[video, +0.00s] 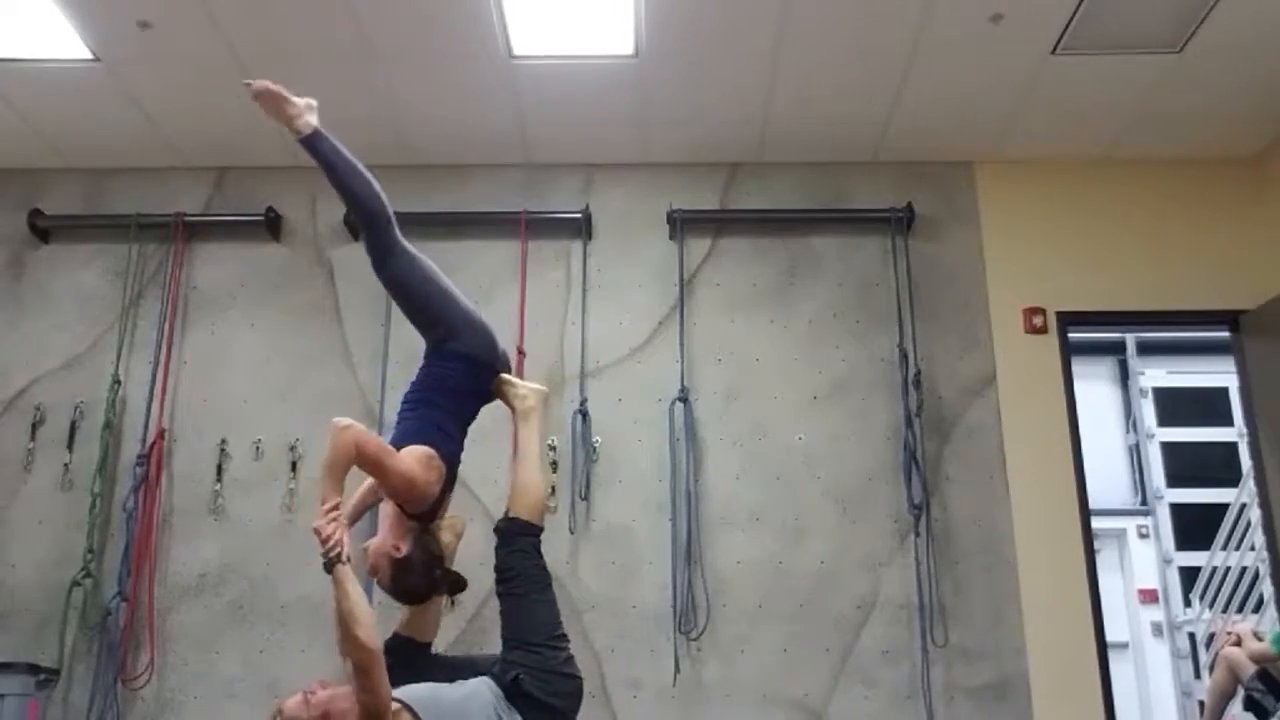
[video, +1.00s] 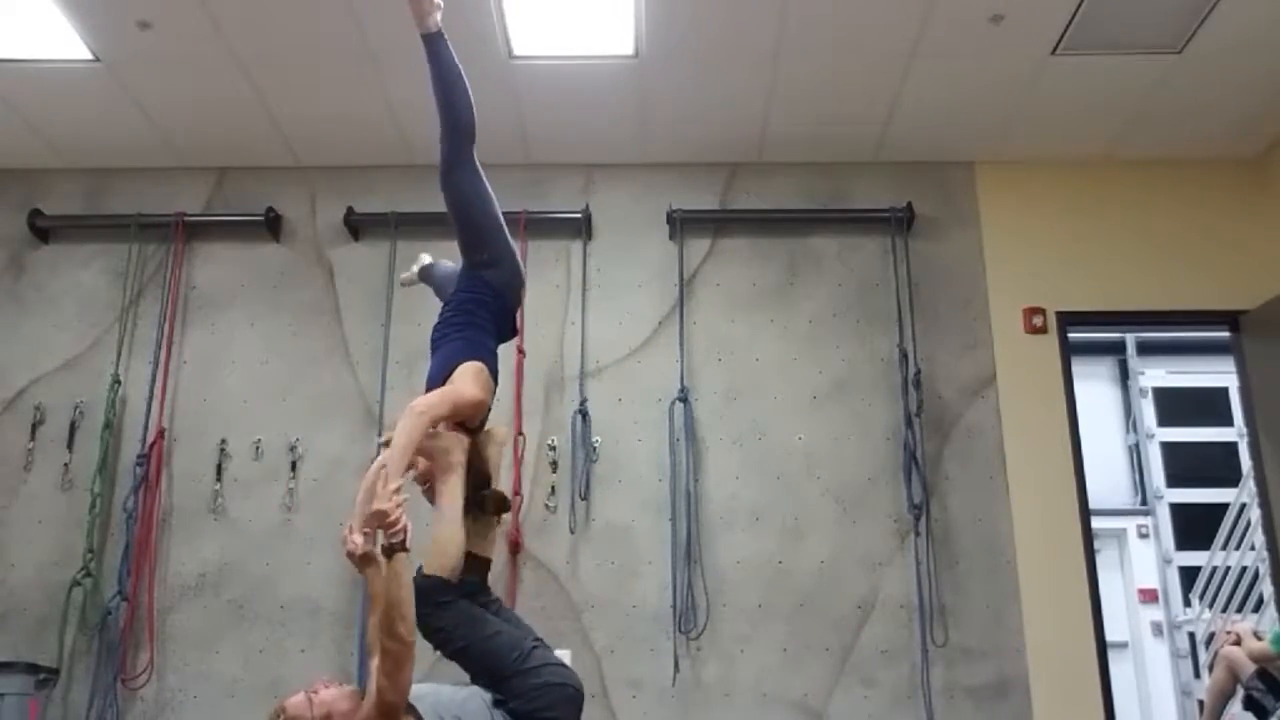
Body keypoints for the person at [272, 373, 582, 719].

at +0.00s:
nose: (315, 692)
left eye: (306, 694)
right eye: (313, 708)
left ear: (320, 688)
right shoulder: (380, 712)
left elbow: (451, 527)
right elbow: (362, 648)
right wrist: (339, 563)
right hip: (539, 697)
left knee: (408, 661)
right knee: (518, 541)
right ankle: (528, 409)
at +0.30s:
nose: (319, 687)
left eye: (309, 692)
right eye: (313, 703)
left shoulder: (382, 703)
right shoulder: (380, 712)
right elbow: (374, 635)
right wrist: (353, 548)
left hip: (517, 688)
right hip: (547, 700)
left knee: (418, 635)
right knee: (519, 553)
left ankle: (465, 500)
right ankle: (521, 430)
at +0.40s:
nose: (320, 688)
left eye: (310, 693)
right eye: (314, 703)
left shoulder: (376, 702)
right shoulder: (381, 710)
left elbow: (370, 630)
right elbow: (377, 629)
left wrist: (350, 543)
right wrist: (356, 540)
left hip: (516, 689)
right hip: (549, 700)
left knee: (429, 628)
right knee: (522, 557)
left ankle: (468, 501)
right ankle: (528, 429)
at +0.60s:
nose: (317, 687)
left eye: (307, 691)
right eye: (310, 701)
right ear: (325, 718)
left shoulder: (378, 699)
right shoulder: (381, 709)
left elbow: (376, 634)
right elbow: (380, 633)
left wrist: (359, 561)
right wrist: (365, 556)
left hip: (515, 693)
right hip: (549, 699)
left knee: (452, 601)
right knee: (510, 558)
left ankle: (478, 474)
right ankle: (537, 438)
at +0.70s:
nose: (321, 685)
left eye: (307, 690)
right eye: (310, 700)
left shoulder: (377, 699)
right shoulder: (379, 712)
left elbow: (382, 636)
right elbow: (390, 635)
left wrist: (374, 556)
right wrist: (377, 556)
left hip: (518, 699)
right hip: (547, 706)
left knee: (477, 574)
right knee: (469, 576)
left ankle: (489, 495)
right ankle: (543, 467)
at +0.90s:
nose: (319, 687)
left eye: (307, 691)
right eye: (312, 702)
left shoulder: (385, 703)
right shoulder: (380, 712)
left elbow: (387, 640)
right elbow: (392, 639)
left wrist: (378, 554)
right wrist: (383, 556)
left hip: (520, 699)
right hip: (543, 705)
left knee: (473, 591)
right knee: (439, 598)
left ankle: (503, 477)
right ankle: (505, 480)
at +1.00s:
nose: (320, 687)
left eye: (309, 691)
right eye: (313, 702)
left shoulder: (381, 700)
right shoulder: (381, 711)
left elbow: (381, 643)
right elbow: (401, 640)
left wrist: (372, 569)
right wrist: (397, 549)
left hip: (521, 698)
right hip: (545, 701)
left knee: (467, 590)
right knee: (428, 594)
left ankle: (486, 475)